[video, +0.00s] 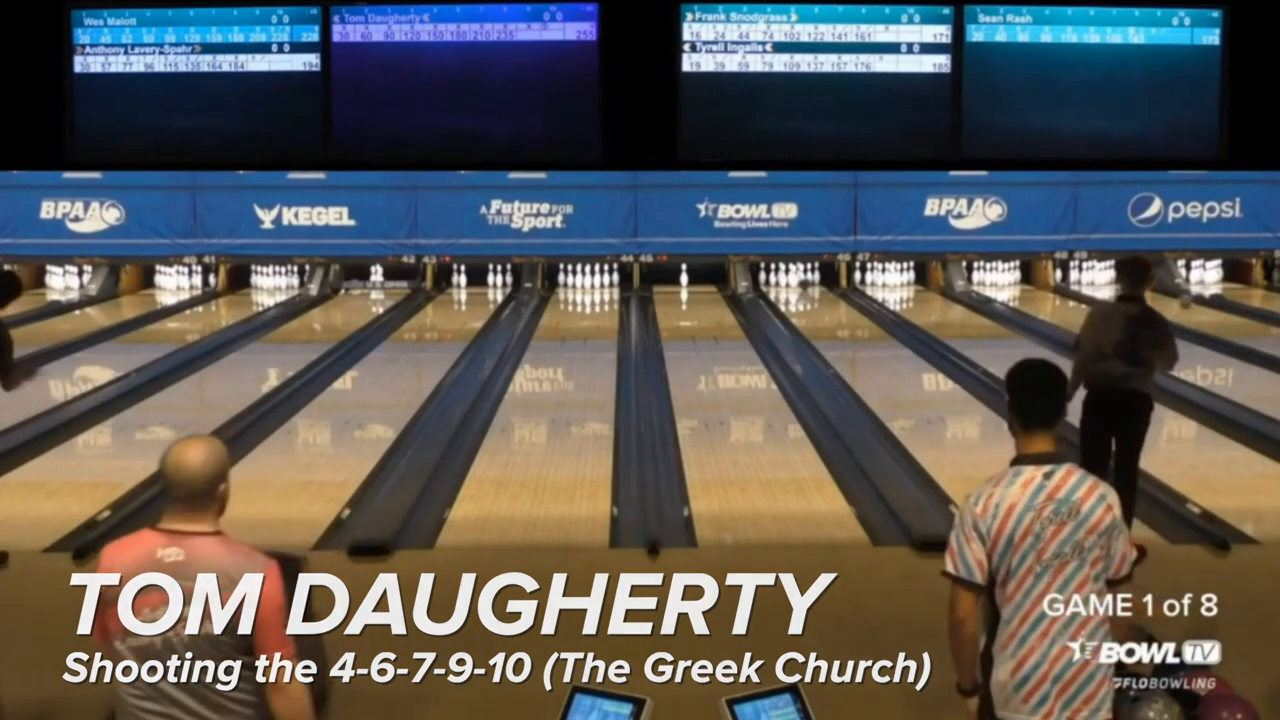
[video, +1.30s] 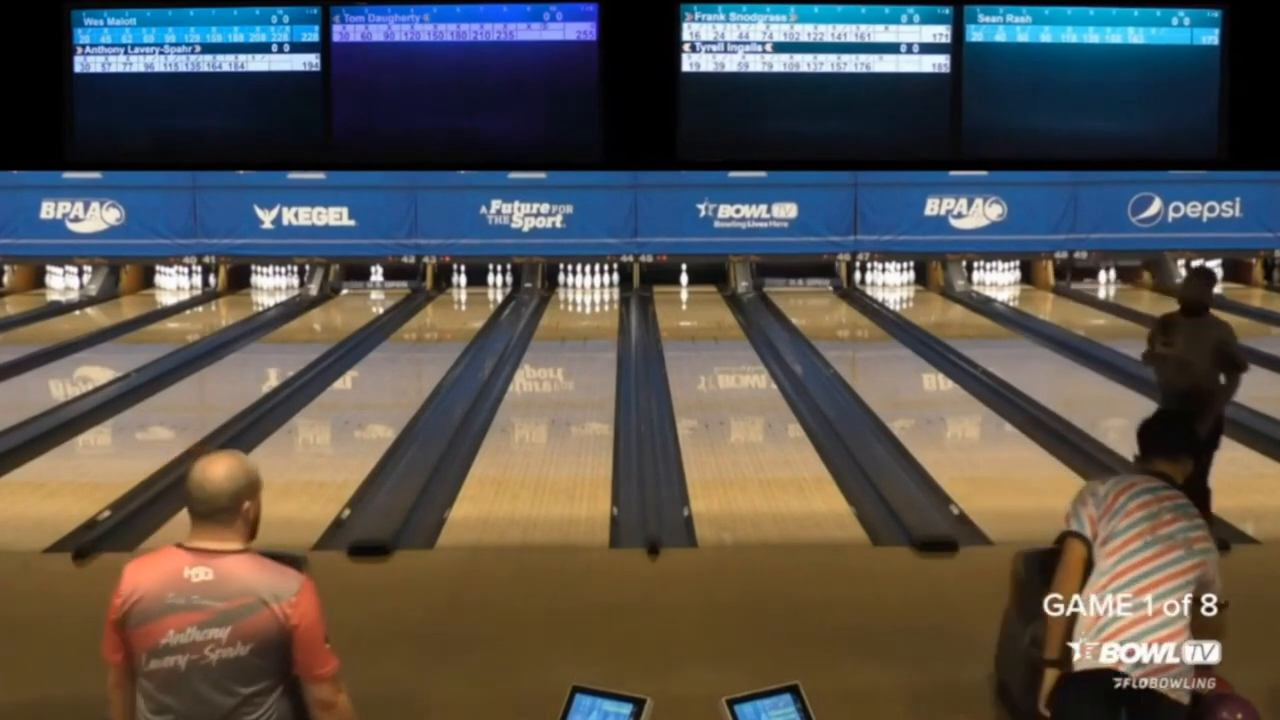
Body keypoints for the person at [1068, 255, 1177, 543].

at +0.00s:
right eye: (1148, 280)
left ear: (1118, 279)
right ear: (1148, 282)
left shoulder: (1100, 314)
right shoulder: (1156, 322)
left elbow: (1084, 358)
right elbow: (1168, 361)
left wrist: (1068, 393)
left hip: (1099, 399)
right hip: (1136, 403)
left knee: (1093, 465)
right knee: (1126, 469)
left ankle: (1088, 530)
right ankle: (1120, 536)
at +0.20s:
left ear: (1120, 278)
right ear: (1152, 281)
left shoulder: (1103, 312)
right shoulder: (1160, 320)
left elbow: (1082, 354)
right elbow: (1175, 366)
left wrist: (1066, 384)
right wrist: (1170, 377)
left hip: (1103, 399)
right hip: (1139, 403)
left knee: (1097, 467)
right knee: (1130, 468)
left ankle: (1094, 534)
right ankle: (1128, 539)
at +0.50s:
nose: (1144, 284)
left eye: (1142, 278)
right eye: (1154, 279)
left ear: (1139, 281)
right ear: (1166, 284)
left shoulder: (1117, 317)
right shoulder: (1173, 324)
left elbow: (1088, 360)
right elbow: (1197, 368)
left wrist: (1071, 393)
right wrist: (1218, 401)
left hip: (1119, 407)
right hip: (1155, 407)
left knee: (1111, 475)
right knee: (1152, 474)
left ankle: (1108, 540)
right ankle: (1155, 545)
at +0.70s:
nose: (1159, 285)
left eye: (1153, 279)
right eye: (1168, 280)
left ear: (1149, 282)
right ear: (1176, 283)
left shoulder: (1130, 316)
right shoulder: (1186, 321)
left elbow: (1111, 357)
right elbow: (1211, 364)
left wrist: (1109, 392)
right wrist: (1205, 389)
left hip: (1132, 402)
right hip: (1168, 404)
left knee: (1119, 464)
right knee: (1159, 471)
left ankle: (1108, 524)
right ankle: (1158, 533)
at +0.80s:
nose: (1150, 284)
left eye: (1152, 279)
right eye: (1152, 279)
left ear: (1154, 282)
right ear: (1180, 283)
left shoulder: (1142, 316)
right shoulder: (1190, 319)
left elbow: (1126, 356)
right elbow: (1212, 359)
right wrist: (1183, 364)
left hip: (1140, 398)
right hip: (1172, 400)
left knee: (1136, 455)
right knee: (1160, 461)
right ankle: (1160, 508)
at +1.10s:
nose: (1158, 280)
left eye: (1165, 277)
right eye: (1161, 276)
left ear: (1176, 285)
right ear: (1188, 287)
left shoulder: (1170, 323)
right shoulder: (1189, 319)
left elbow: (1156, 357)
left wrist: (1144, 350)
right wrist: (1151, 350)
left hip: (1165, 405)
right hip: (1182, 403)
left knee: (1156, 468)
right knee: (1169, 469)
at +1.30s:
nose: (1189, 294)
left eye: (1197, 289)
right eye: (1187, 287)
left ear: (1209, 294)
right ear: (1182, 288)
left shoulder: (1220, 331)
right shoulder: (1165, 325)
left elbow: (1233, 377)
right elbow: (1152, 361)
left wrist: (1212, 415)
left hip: (1205, 417)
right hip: (1170, 413)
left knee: (1195, 480)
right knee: (1164, 473)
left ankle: (1201, 533)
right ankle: (1165, 528)